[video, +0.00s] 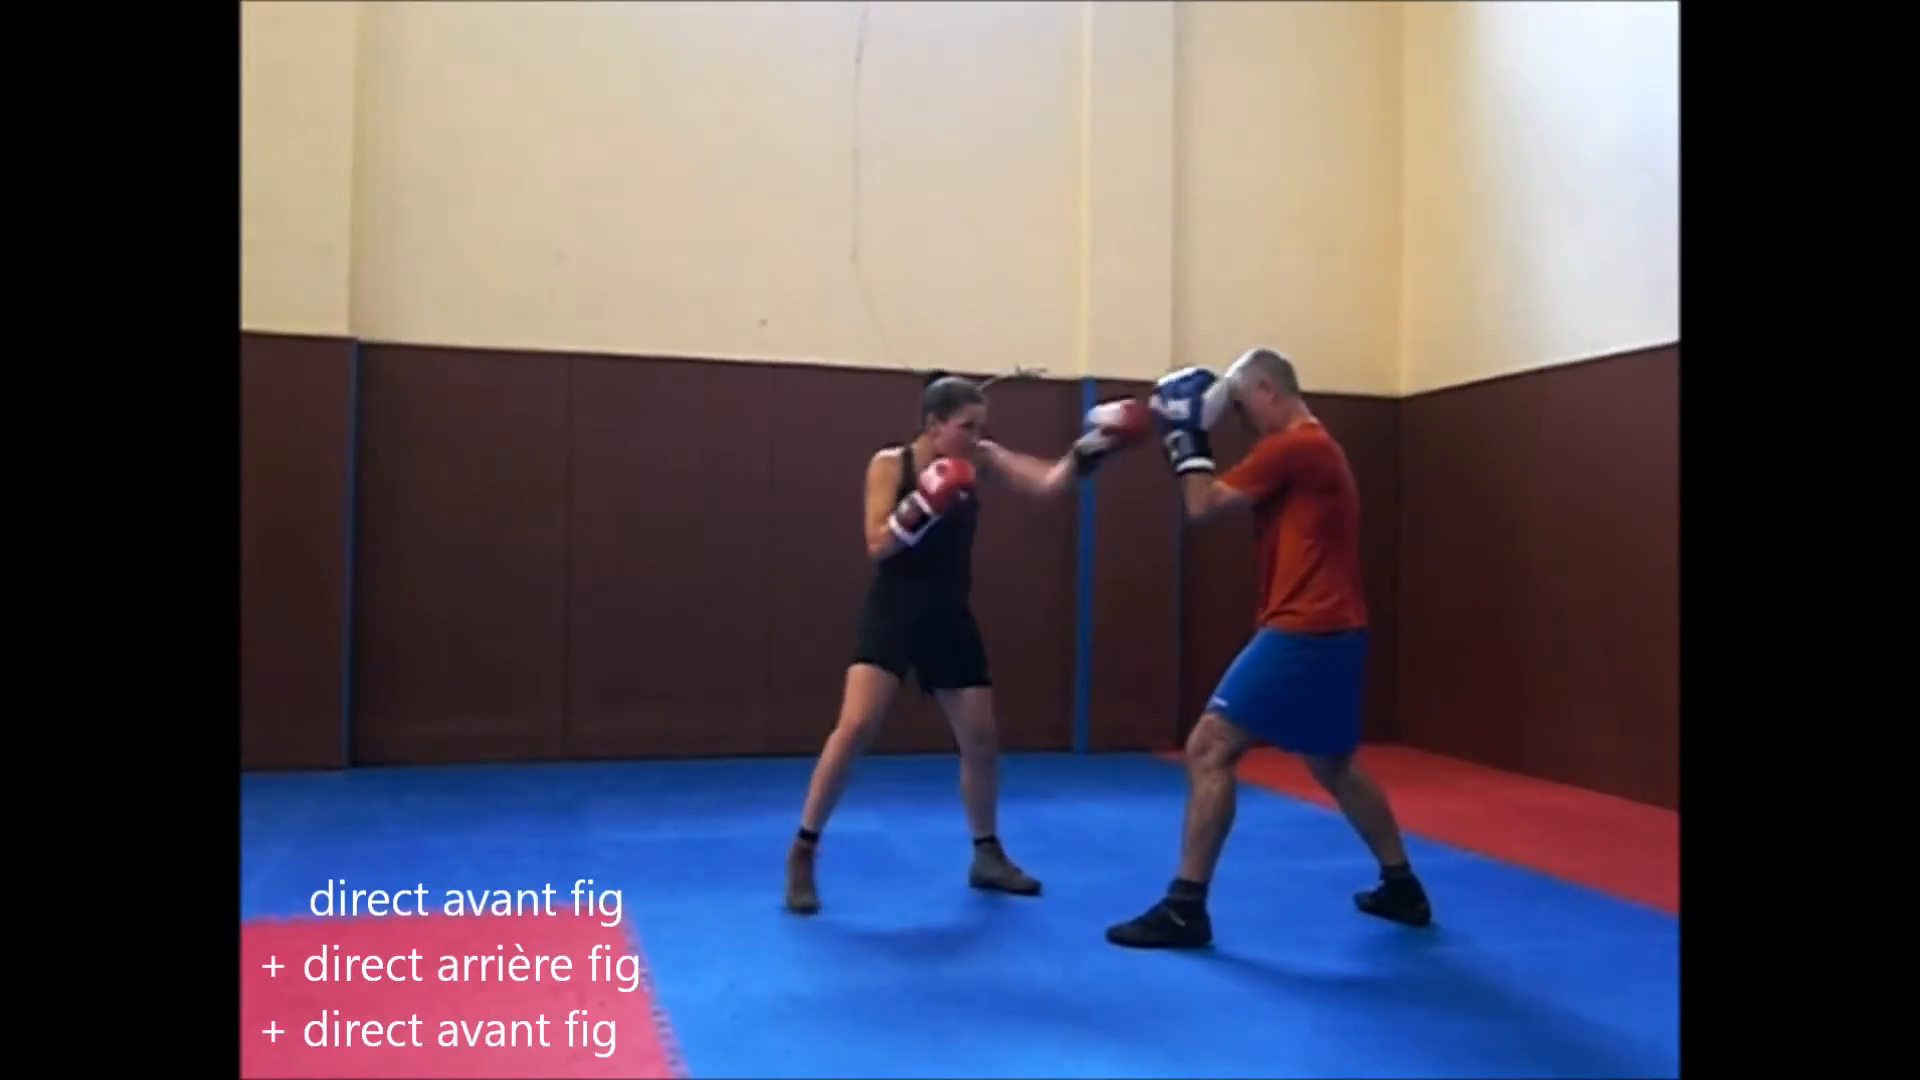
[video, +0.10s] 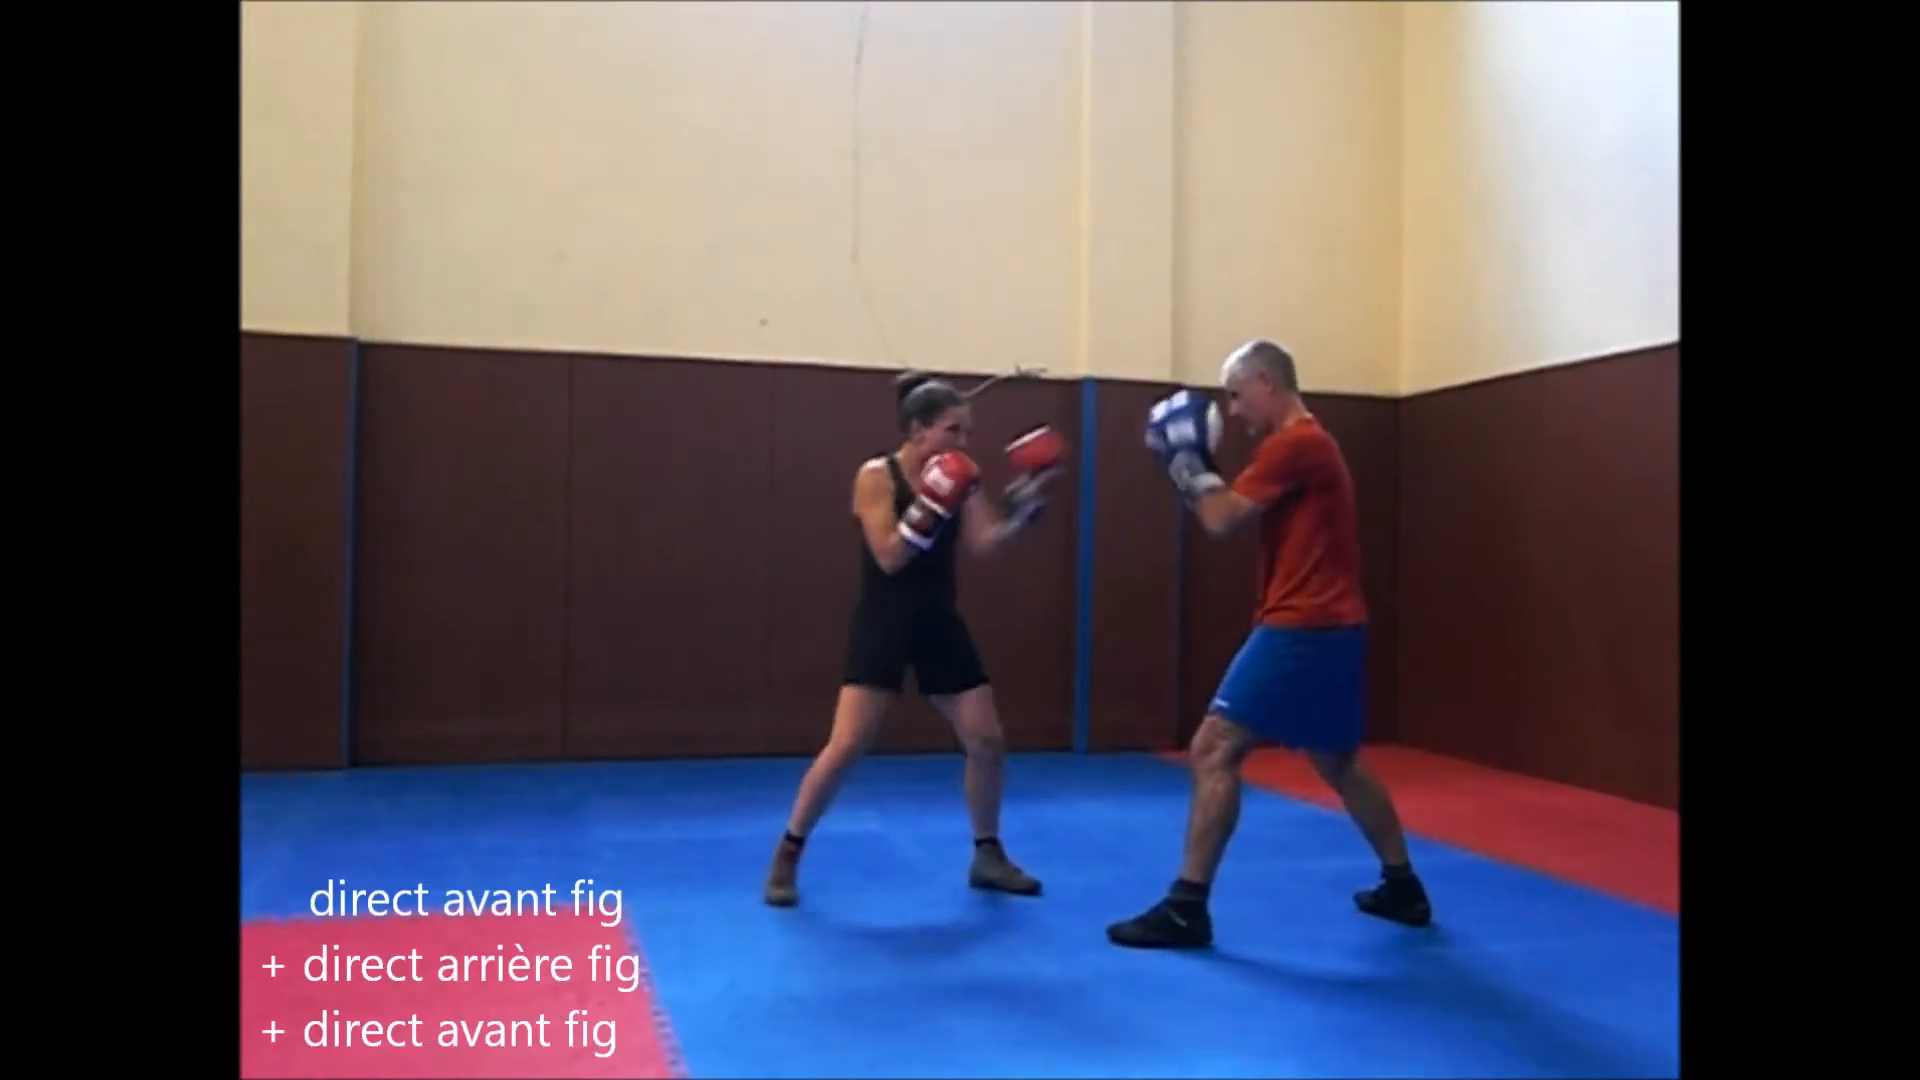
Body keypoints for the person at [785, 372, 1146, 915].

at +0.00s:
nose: (977, 436)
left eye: (980, 428)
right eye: (969, 427)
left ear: (974, 427)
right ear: (935, 423)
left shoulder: (979, 457)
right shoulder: (890, 465)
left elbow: (1047, 483)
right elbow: (877, 545)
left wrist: (1086, 449)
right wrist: (921, 504)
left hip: (949, 616)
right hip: (893, 613)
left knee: (980, 735)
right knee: (856, 725)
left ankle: (988, 856)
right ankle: (803, 851)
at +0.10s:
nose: (962, 442)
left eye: (965, 431)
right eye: (954, 430)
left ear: (954, 431)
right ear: (920, 429)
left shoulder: (957, 478)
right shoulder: (876, 477)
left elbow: (982, 541)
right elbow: (888, 556)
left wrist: (1020, 513)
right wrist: (928, 506)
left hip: (938, 625)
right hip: (882, 626)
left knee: (985, 739)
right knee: (846, 745)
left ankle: (988, 857)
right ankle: (788, 854)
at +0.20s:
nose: (949, 447)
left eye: (952, 437)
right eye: (942, 436)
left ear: (925, 438)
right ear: (906, 435)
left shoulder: (927, 488)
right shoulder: (863, 482)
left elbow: (952, 560)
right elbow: (907, 552)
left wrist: (984, 508)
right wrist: (946, 498)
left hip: (921, 636)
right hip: (865, 639)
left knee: (976, 741)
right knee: (836, 756)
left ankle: (987, 857)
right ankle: (786, 863)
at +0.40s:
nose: (927, 426)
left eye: (930, 418)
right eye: (923, 416)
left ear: (908, 414)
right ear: (897, 409)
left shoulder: (905, 458)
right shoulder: (853, 449)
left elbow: (962, 499)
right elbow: (916, 498)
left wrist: (969, 441)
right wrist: (943, 450)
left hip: (898, 611)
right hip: (845, 612)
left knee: (936, 726)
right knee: (819, 733)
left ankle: (932, 849)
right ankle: (762, 850)